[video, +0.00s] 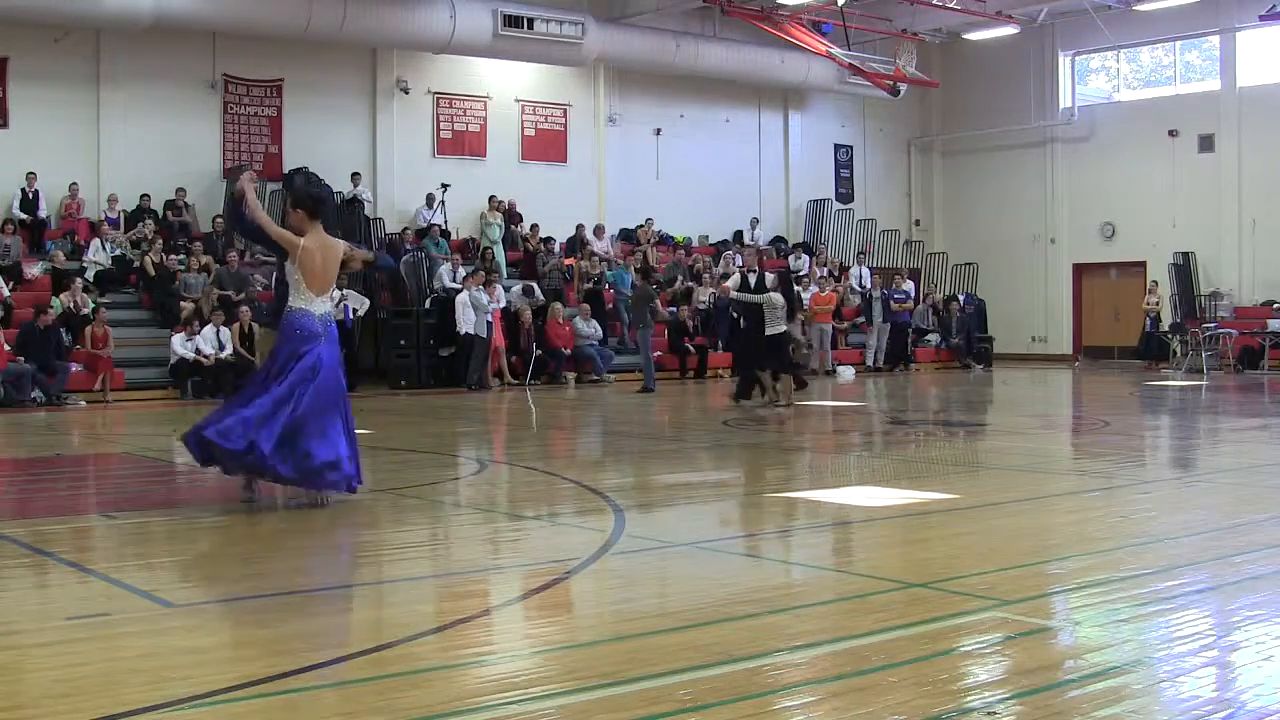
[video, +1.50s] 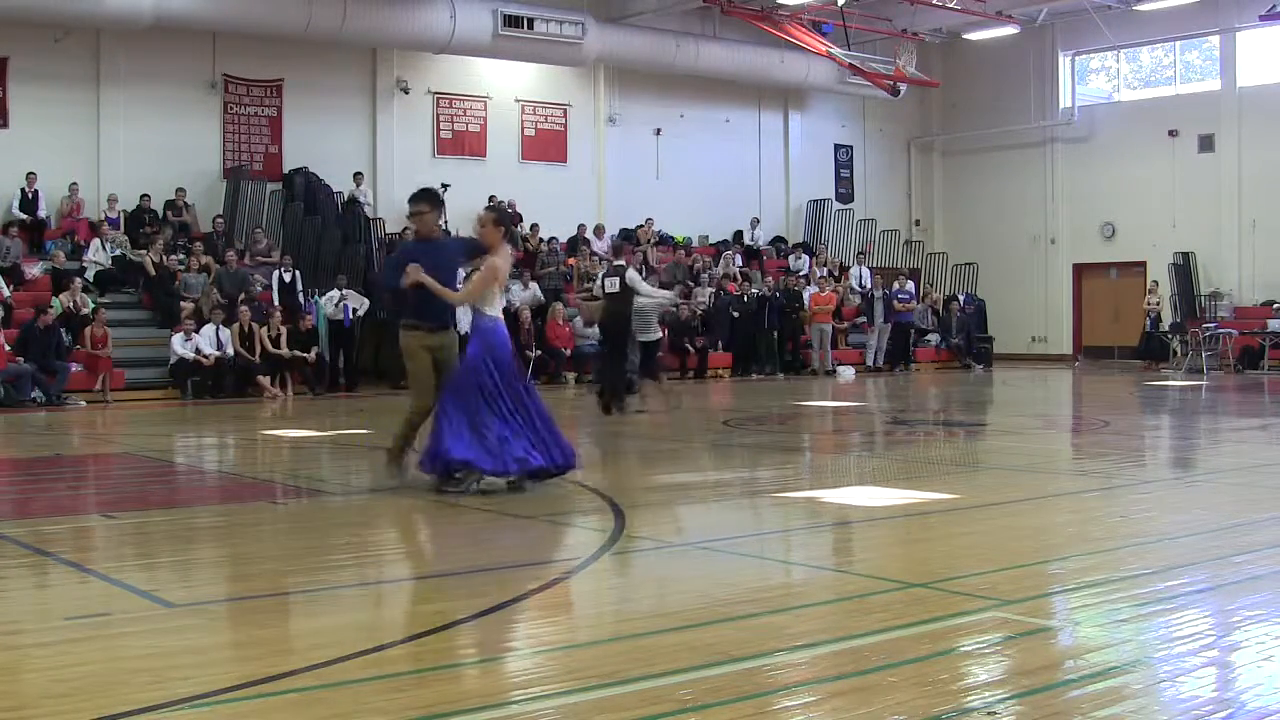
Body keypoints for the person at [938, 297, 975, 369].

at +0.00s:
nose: (954, 307)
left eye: (956, 305)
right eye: (952, 305)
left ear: (959, 307)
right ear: (949, 307)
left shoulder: (963, 318)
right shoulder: (944, 318)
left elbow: (964, 331)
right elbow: (943, 332)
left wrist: (958, 338)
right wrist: (950, 339)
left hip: (959, 338)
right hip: (949, 339)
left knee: (962, 344)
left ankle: (963, 360)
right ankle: (964, 360)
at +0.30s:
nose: (954, 307)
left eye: (956, 305)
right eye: (952, 305)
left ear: (959, 307)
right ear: (949, 307)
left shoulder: (963, 318)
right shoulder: (944, 318)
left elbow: (964, 331)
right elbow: (943, 332)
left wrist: (958, 338)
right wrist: (950, 339)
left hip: (960, 338)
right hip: (949, 339)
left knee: (961, 344)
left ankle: (963, 360)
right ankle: (964, 360)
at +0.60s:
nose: (954, 306)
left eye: (956, 305)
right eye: (952, 305)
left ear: (959, 307)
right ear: (949, 307)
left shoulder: (963, 318)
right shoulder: (944, 318)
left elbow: (964, 330)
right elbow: (943, 332)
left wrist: (958, 338)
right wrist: (949, 339)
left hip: (959, 338)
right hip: (949, 338)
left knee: (962, 344)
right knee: (953, 345)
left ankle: (964, 360)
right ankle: (962, 360)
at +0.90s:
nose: (954, 306)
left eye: (956, 305)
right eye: (952, 305)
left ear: (959, 307)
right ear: (949, 307)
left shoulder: (963, 318)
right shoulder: (945, 318)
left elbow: (964, 330)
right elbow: (943, 331)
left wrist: (958, 338)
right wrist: (949, 339)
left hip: (959, 338)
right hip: (950, 338)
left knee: (962, 344)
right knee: (953, 345)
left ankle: (964, 360)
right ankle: (962, 360)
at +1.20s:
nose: (955, 307)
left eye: (956, 305)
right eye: (953, 305)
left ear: (959, 307)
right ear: (949, 307)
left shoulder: (963, 318)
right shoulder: (944, 318)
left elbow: (965, 331)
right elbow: (943, 332)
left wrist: (958, 338)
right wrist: (950, 339)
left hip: (959, 338)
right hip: (949, 338)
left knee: (961, 344)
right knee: (953, 346)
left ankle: (964, 361)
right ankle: (964, 361)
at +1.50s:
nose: (955, 307)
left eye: (956, 305)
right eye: (953, 305)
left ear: (959, 307)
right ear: (950, 307)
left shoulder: (963, 318)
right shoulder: (944, 318)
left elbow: (964, 331)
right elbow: (943, 332)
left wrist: (958, 338)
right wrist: (950, 339)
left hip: (959, 338)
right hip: (949, 338)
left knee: (961, 344)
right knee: (952, 346)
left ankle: (964, 361)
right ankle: (964, 361)